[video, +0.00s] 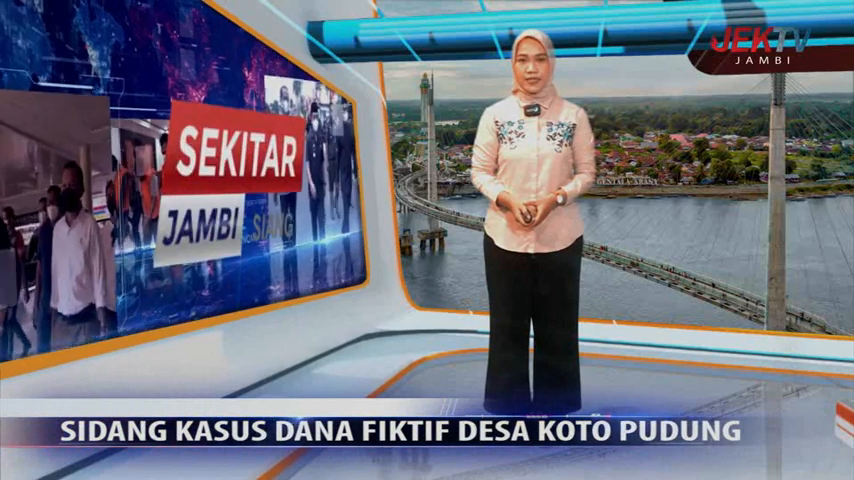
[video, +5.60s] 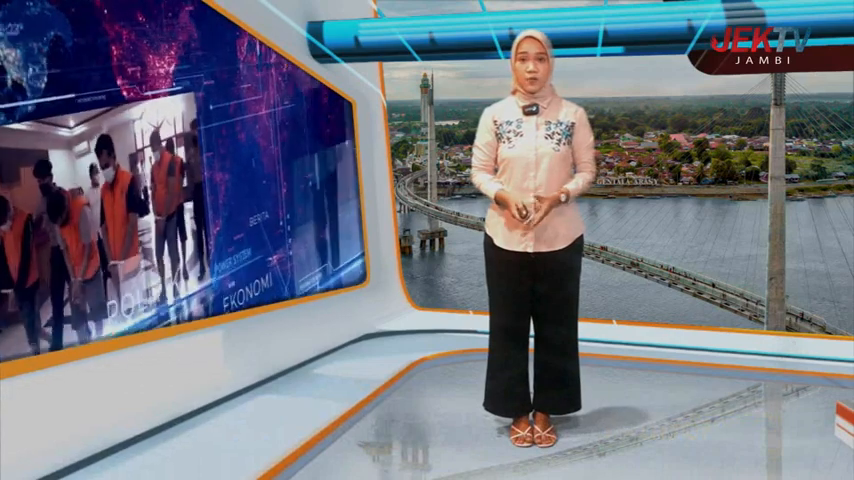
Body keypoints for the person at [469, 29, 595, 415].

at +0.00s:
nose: (531, 67)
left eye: (539, 59)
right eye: (523, 59)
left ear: (551, 64)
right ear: (513, 65)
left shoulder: (573, 116)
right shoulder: (494, 116)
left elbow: (587, 173)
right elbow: (480, 172)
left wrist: (553, 199)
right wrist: (508, 201)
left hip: (559, 243)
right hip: (506, 244)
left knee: (558, 338)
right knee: (507, 336)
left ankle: (558, 423)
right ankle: (506, 422)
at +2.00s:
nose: (531, 67)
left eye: (539, 60)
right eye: (523, 60)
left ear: (551, 65)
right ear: (513, 66)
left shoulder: (573, 116)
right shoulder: (494, 116)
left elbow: (589, 172)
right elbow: (480, 172)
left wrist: (556, 196)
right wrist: (508, 197)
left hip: (559, 243)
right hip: (506, 244)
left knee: (558, 337)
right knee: (508, 336)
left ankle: (558, 423)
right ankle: (506, 423)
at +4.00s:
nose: (531, 67)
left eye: (539, 59)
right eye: (522, 59)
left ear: (551, 65)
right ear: (512, 65)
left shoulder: (573, 116)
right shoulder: (493, 116)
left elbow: (588, 173)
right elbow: (479, 172)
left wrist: (554, 198)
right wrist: (507, 200)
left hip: (558, 243)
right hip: (506, 243)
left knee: (558, 334)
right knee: (507, 333)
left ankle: (557, 418)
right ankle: (505, 419)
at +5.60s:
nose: (531, 66)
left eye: (539, 58)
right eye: (523, 59)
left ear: (551, 64)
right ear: (512, 64)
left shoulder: (573, 114)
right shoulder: (494, 115)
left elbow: (587, 172)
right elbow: (479, 171)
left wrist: (557, 197)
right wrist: (505, 196)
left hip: (559, 241)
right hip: (506, 241)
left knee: (554, 329)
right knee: (510, 328)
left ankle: (543, 413)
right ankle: (519, 414)